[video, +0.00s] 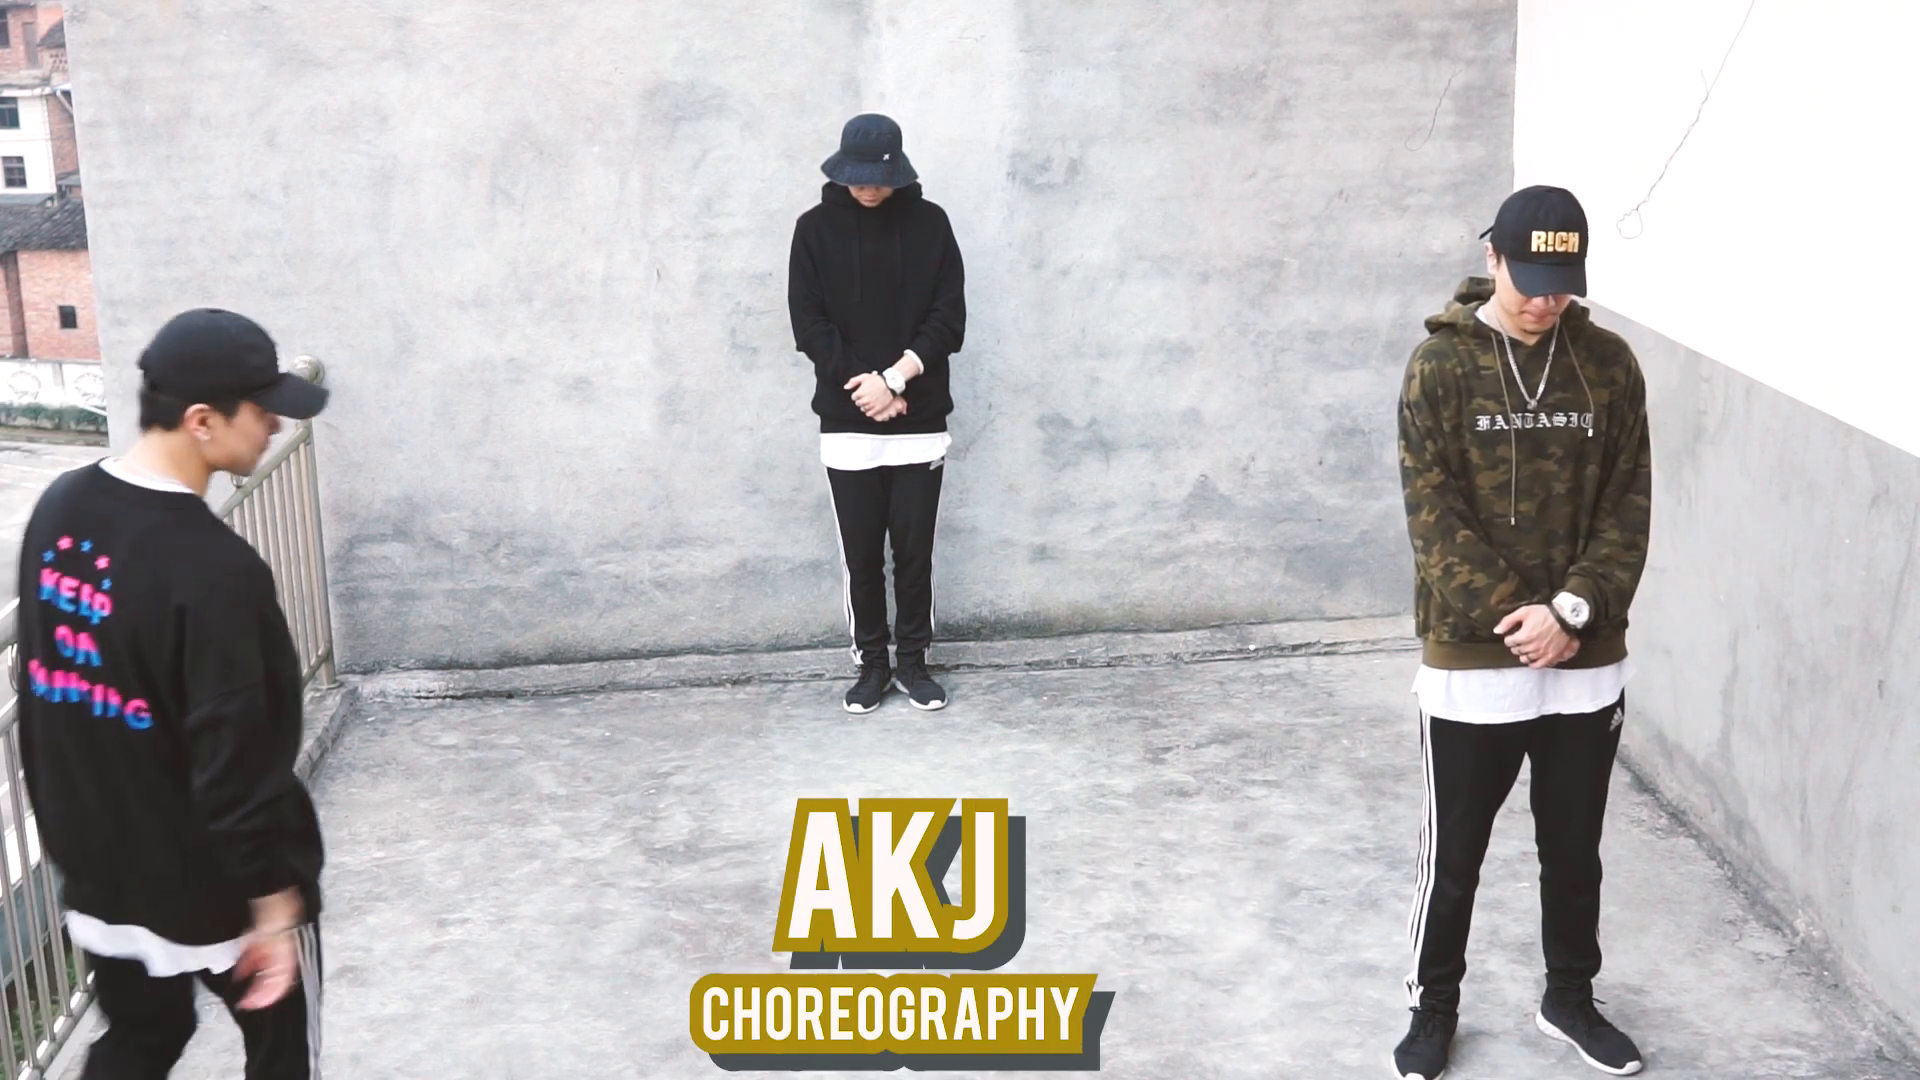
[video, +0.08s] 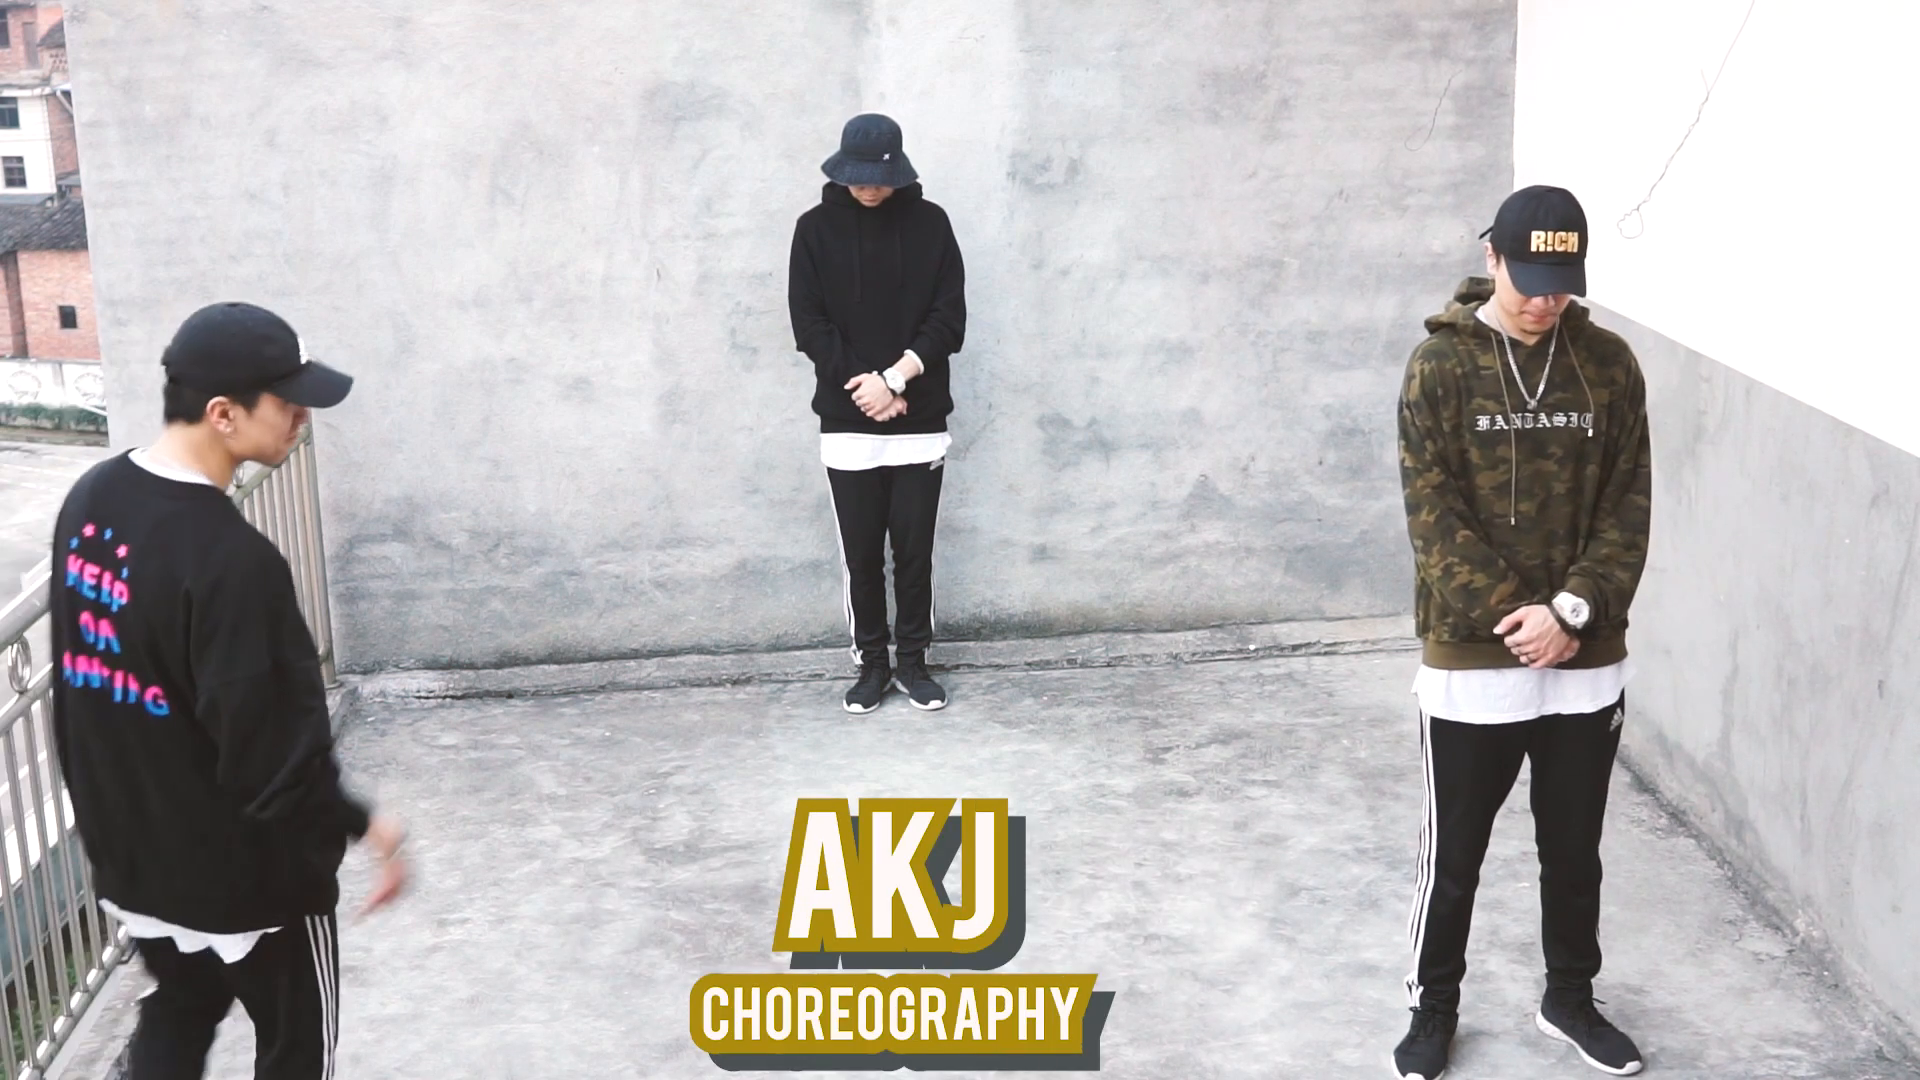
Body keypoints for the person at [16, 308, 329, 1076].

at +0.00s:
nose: (277, 425)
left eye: (276, 409)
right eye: (264, 409)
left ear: (192, 415)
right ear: (202, 420)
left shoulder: (61, 506)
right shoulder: (217, 570)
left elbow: (40, 706)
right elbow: (237, 765)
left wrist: (73, 840)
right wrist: (275, 910)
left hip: (96, 871)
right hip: (215, 887)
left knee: (142, 1033)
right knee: (280, 1053)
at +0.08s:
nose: (303, 419)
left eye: (300, 402)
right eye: (289, 402)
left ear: (214, 408)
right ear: (223, 412)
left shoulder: (95, 496)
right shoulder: (234, 562)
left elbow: (84, 688)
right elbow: (270, 757)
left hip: (132, 849)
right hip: (249, 869)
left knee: (179, 1006)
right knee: (297, 1038)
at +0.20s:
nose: (317, 403)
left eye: (315, 387)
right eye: (302, 389)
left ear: (225, 395)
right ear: (232, 398)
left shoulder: (136, 476)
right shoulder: (240, 537)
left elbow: (150, 665)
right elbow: (321, 714)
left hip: (182, 842)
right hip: (270, 866)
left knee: (238, 1039)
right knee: (299, 1058)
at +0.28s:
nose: (321, 404)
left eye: (318, 388)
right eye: (304, 390)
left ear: (232, 395)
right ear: (236, 398)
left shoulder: (166, 469)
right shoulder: (234, 531)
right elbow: (384, 674)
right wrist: (451, 542)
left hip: (217, 836)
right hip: (280, 858)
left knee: (286, 1045)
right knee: (306, 1060)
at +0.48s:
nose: (349, 373)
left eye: (343, 358)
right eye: (327, 367)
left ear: (264, 384)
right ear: (261, 385)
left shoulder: (279, 448)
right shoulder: (227, 508)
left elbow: (330, 610)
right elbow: (373, 634)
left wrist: (385, 717)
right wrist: (427, 500)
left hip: (335, 778)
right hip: (292, 809)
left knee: (388, 951)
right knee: (333, 1041)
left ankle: (374, 1069)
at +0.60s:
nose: (361, 388)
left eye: (360, 370)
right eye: (343, 375)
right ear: (275, 379)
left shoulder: (335, 443)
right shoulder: (230, 499)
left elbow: (381, 602)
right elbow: (320, 630)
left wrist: (424, 712)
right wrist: (388, 536)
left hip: (373, 770)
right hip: (303, 796)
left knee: (403, 970)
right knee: (336, 1024)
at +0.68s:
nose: (382, 379)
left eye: (381, 361)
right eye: (362, 367)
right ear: (294, 376)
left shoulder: (371, 440)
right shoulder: (245, 484)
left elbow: (411, 588)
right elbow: (276, 645)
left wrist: (444, 725)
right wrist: (375, 591)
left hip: (391, 771)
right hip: (308, 793)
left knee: (408, 976)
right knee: (329, 1016)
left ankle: (376, 1077)